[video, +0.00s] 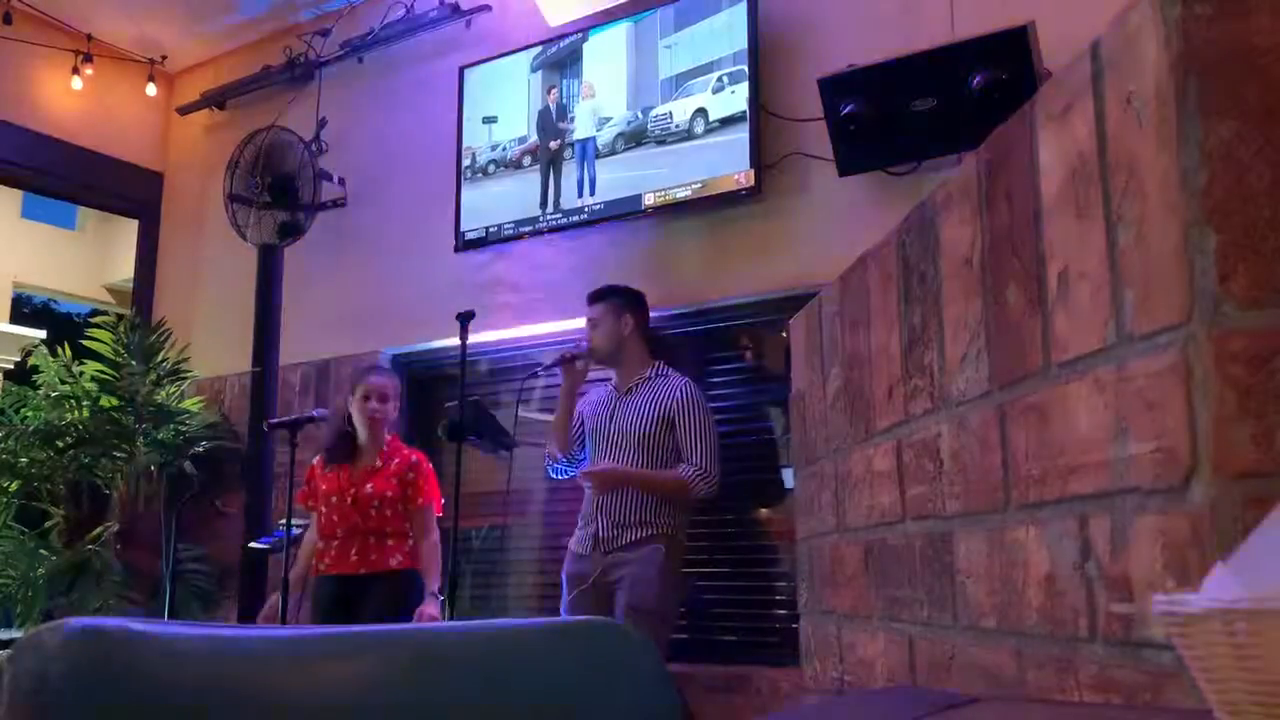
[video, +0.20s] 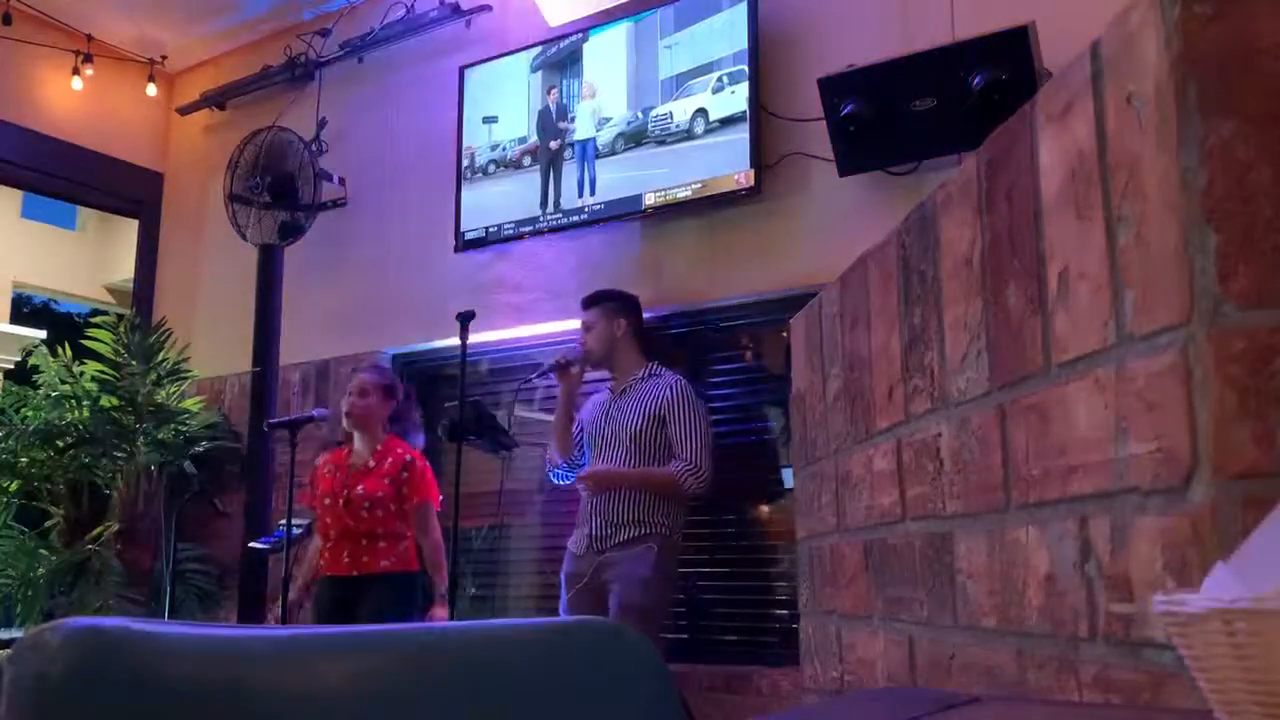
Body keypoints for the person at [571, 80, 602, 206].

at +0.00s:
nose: (585, 90)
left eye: (587, 88)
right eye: (583, 88)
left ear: (591, 90)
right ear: (581, 90)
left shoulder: (595, 103)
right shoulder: (578, 105)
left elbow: (598, 117)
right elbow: (576, 124)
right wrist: (566, 126)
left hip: (590, 135)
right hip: (578, 137)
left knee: (591, 167)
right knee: (579, 169)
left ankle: (592, 196)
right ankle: (580, 197)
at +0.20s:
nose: (584, 90)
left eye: (586, 88)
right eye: (583, 88)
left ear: (591, 90)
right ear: (582, 90)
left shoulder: (596, 103)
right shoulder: (580, 105)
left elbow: (598, 119)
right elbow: (577, 123)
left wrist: (592, 128)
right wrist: (568, 126)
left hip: (590, 136)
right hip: (578, 137)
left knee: (591, 167)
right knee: (580, 168)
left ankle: (592, 196)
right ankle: (580, 197)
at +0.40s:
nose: (584, 90)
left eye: (586, 88)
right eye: (583, 88)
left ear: (592, 89)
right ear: (583, 90)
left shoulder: (596, 104)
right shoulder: (580, 105)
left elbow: (598, 120)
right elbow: (578, 123)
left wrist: (592, 127)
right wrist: (568, 125)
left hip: (590, 136)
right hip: (578, 137)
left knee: (591, 166)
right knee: (580, 168)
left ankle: (592, 196)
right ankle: (580, 197)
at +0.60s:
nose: (583, 90)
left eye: (585, 88)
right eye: (583, 88)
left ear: (592, 89)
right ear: (583, 90)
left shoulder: (596, 102)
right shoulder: (580, 106)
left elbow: (599, 118)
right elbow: (578, 124)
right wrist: (567, 125)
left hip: (590, 136)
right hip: (579, 137)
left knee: (591, 166)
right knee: (580, 167)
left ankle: (592, 196)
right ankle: (581, 197)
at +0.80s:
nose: (584, 90)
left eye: (586, 87)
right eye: (583, 87)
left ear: (592, 89)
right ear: (583, 89)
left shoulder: (596, 102)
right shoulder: (581, 105)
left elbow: (599, 117)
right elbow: (579, 124)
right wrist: (567, 125)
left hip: (591, 135)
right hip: (579, 136)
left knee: (591, 166)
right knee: (580, 168)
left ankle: (592, 196)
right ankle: (580, 197)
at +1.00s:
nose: (584, 89)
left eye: (586, 87)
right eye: (584, 87)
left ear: (592, 88)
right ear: (584, 89)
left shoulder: (597, 101)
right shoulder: (581, 103)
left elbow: (600, 118)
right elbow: (578, 119)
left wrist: (596, 127)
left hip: (592, 134)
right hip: (580, 135)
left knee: (592, 165)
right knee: (580, 167)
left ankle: (592, 195)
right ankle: (581, 197)